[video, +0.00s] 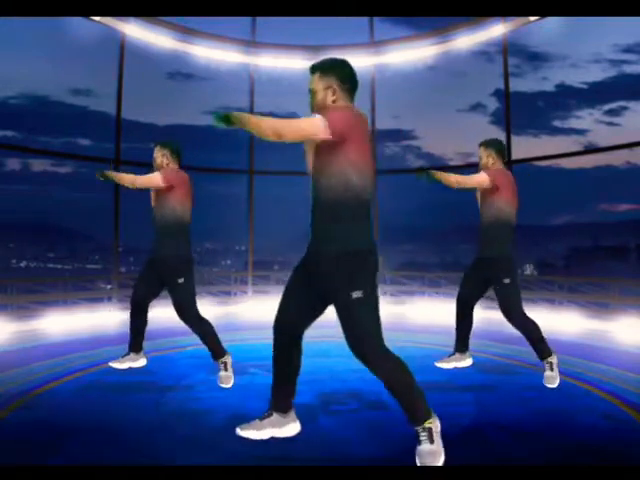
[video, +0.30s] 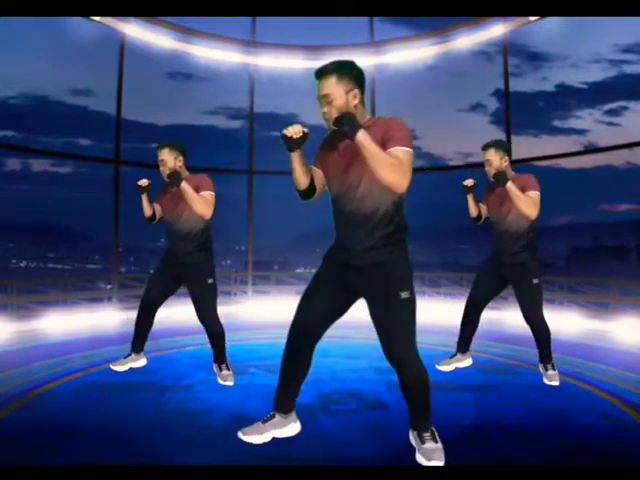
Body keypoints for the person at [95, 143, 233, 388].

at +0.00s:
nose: (156, 160)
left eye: (159, 155)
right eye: (155, 156)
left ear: (169, 158)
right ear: (162, 159)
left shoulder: (174, 176)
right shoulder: (167, 179)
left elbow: (136, 182)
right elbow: (138, 181)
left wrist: (111, 175)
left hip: (176, 257)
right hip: (162, 256)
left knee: (188, 313)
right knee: (139, 300)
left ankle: (222, 359)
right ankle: (135, 353)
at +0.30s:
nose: (162, 167)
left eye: (164, 162)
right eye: (160, 163)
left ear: (179, 160)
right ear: (162, 166)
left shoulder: (201, 181)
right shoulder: (167, 191)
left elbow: (206, 212)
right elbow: (152, 216)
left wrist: (182, 184)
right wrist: (144, 194)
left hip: (199, 260)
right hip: (172, 259)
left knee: (208, 316)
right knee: (148, 303)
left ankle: (222, 364)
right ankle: (136, 354)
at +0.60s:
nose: (161, 169)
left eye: (164, 163)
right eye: (159, 165)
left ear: (180, 162)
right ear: (161, 168)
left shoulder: (202, 183)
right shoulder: (167, 193)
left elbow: (211, 215)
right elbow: (150, 219)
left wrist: (185, 188)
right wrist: (141, 198)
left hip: (199, 263)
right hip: (172, 262)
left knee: (208, 317)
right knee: (143, 302)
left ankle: (222, 365)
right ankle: (135, 354)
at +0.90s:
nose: (138, 163)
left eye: (142, 157)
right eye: (137, 158)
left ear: (156, 158)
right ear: (138, 162)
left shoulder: (178, 183)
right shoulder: (141, 191)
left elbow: (185, 213)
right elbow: (122, 214)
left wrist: (161, 187)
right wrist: (116, 192)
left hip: (173, 260)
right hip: (143, 261)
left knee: (199, 308)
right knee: (124, 304)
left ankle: (197, 356)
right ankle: (117, 348)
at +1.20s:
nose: (140, 149)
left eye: (144, 143)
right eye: (139, 145)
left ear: (159, 144)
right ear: (141, 149)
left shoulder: (181, 166)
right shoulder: (144, 180)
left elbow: (192, 193)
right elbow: (126, 201)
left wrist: (162, 174)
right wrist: (120, 177)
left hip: (183, 246)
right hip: (155, 247)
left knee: (200, 303)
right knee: (127, 289)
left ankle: (218, 359)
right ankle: (125, 342)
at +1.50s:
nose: (157, 162)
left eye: (161, 156)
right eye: (156, 157)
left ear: (175, 157)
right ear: (159, 161)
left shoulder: (198, 180)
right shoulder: (164, 190)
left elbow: (204, 215)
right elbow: (155, 221)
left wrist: (173, 196)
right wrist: (141, 207)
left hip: (197, 262)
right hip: (168, 261)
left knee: (210, 321)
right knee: (138, 303)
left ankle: (224, 370)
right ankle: (138, 353)